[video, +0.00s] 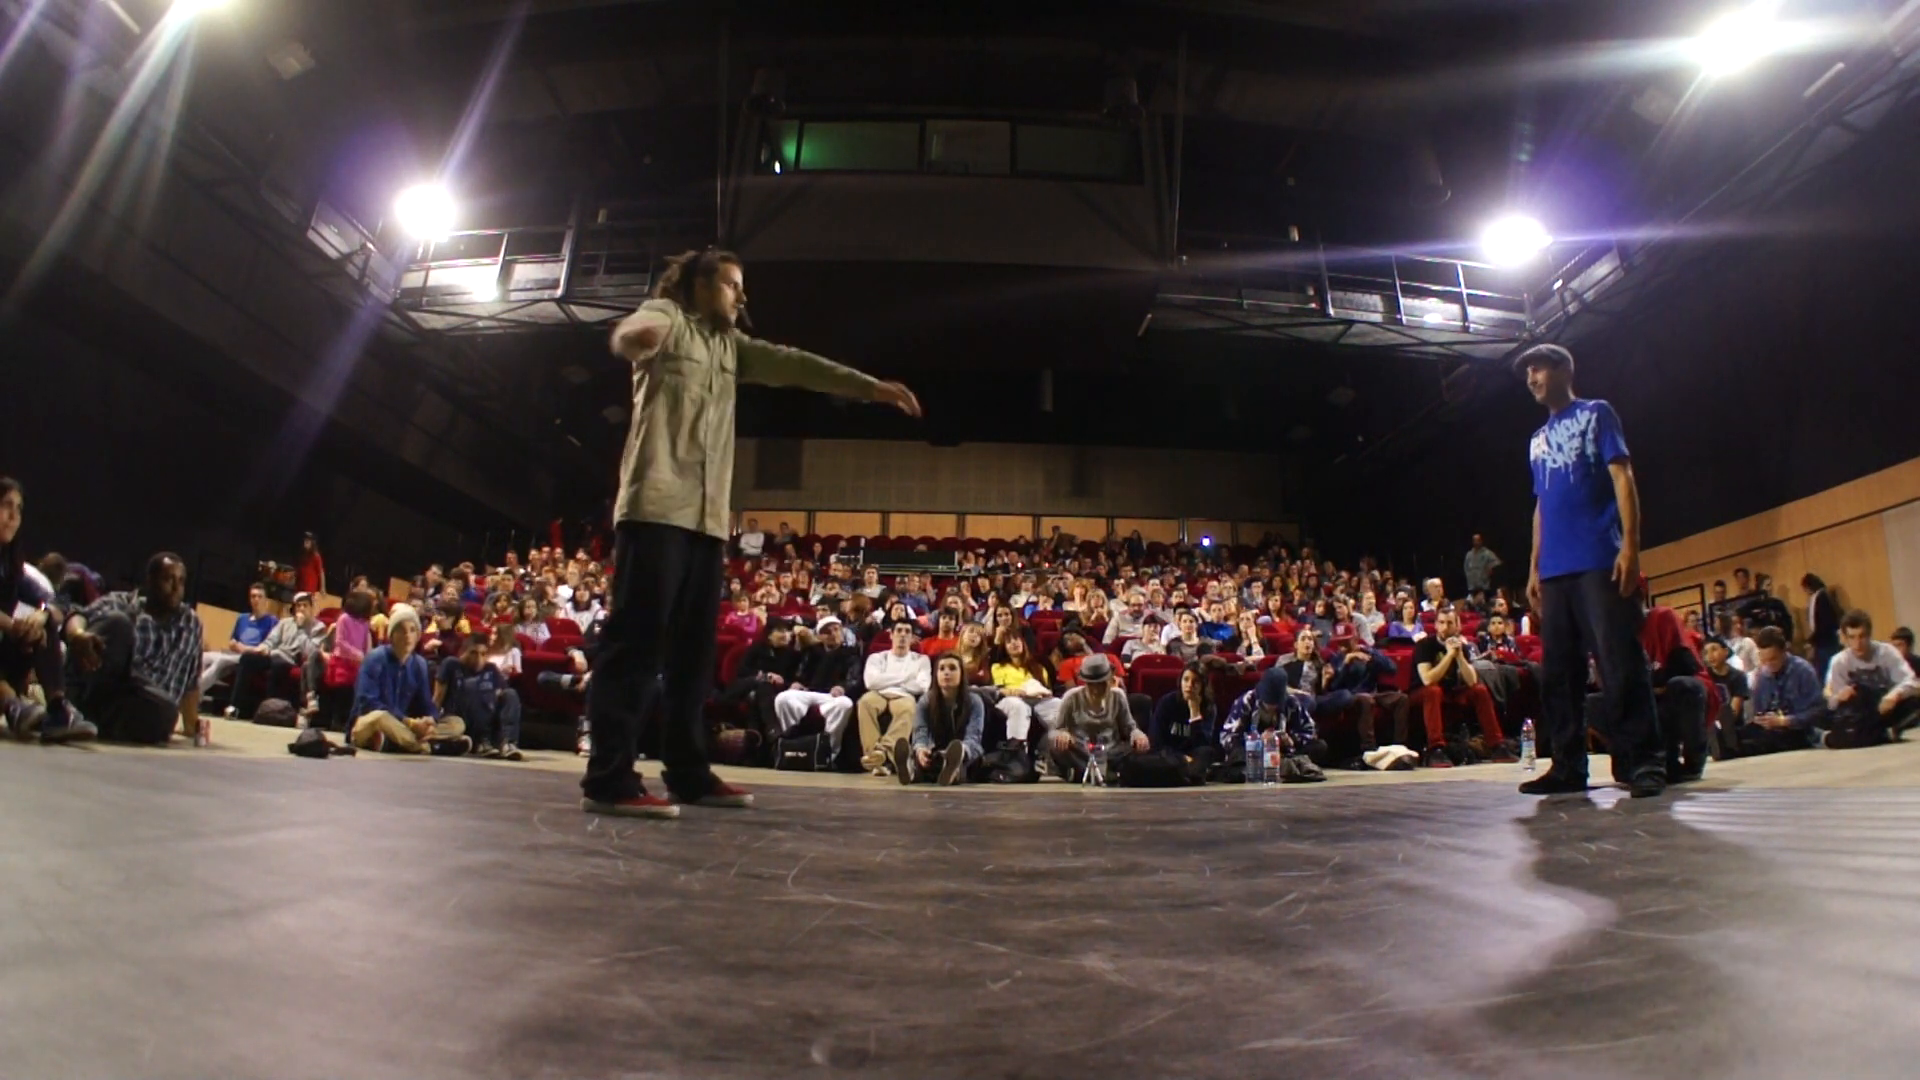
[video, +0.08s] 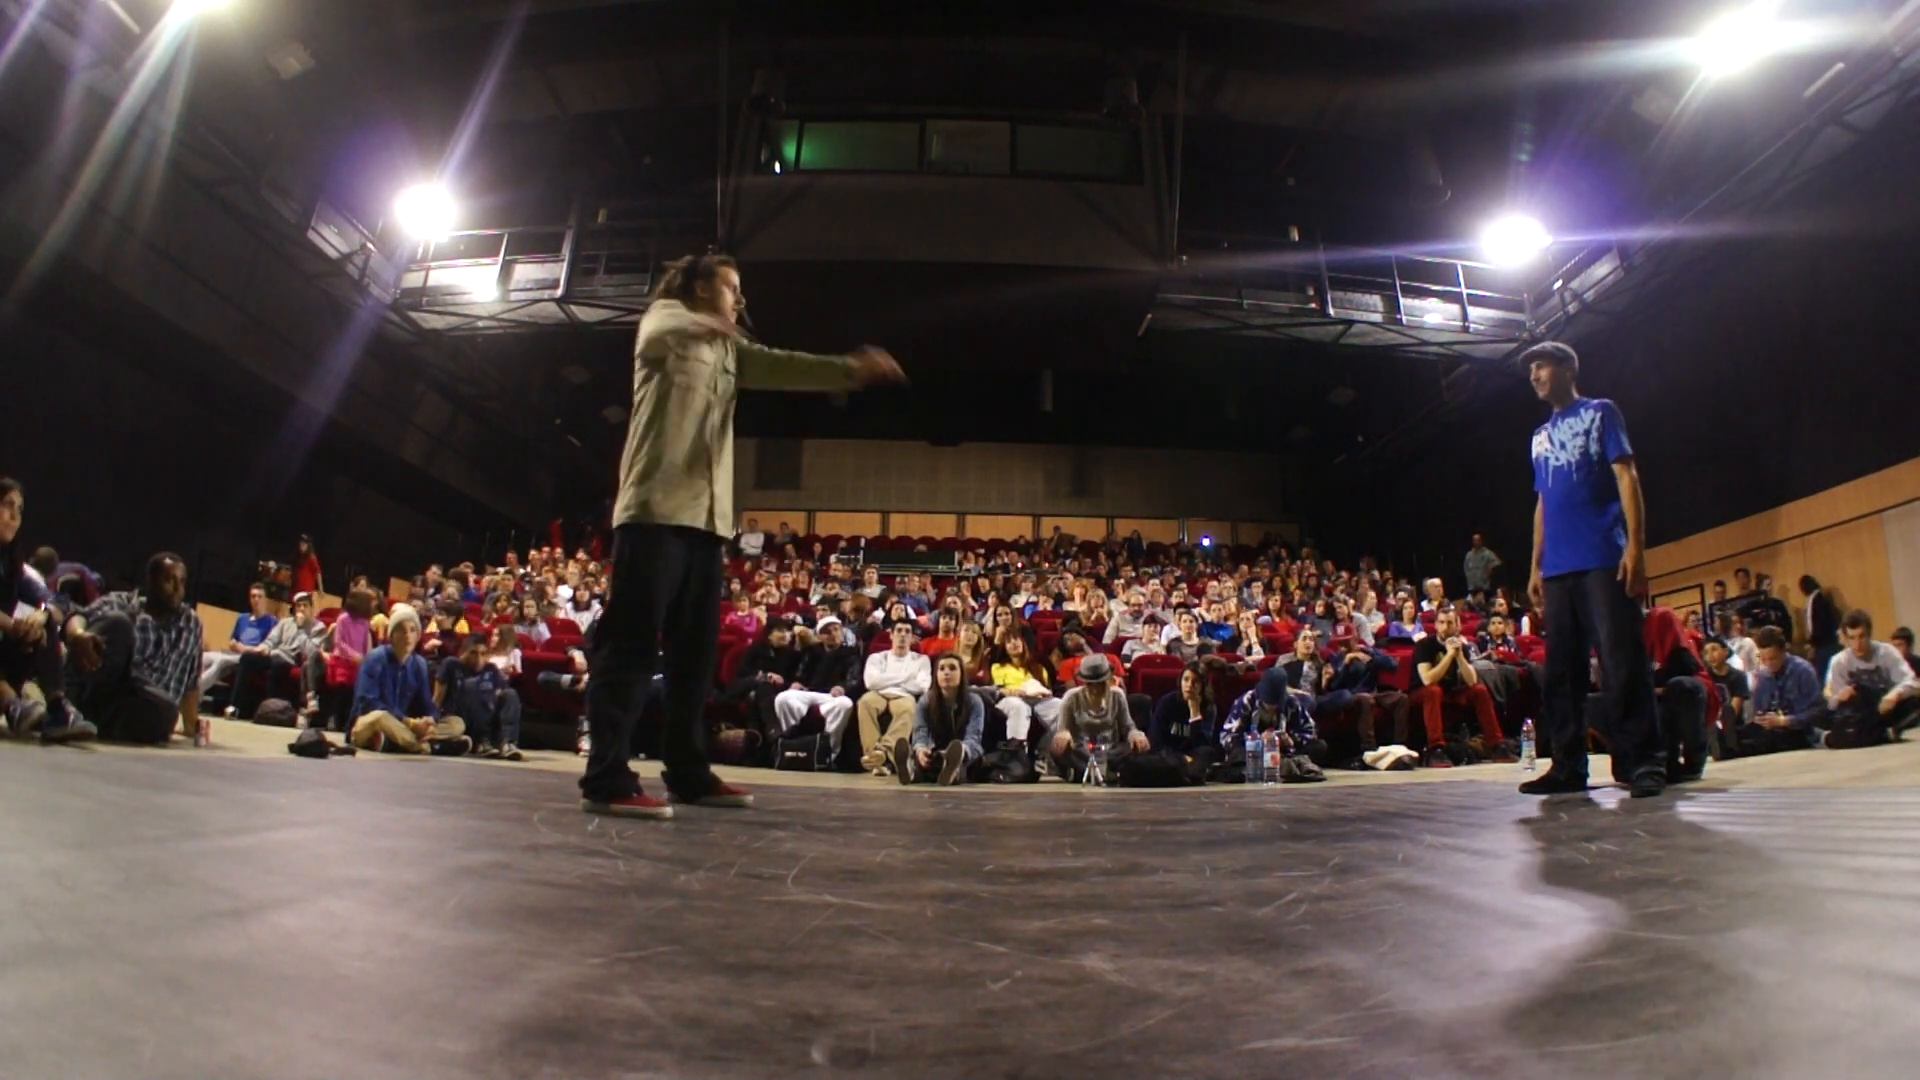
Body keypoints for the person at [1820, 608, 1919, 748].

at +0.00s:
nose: (1857, 643)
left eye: (1862, 636)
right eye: (1852, 637)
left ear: (1869, 635)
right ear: (1843, 638)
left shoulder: (1886, 652)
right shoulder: (1839, 661)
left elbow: (1911, 681)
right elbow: (1830, 702)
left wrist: (1894, 695)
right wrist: (1839, 696)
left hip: (1886, 702)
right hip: (1858, 704)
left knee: (1914, 703)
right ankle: (1885, 734)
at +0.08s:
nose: (1857, 643)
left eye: (1862, 636)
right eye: (1852, 638)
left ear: (1869, 635)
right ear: (1844, 638)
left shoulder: (1886, 652)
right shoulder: (1839, 661)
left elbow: (1911, 681)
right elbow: (1831, 703)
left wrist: (1894, 695)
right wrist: (1839, 697)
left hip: (1886, 702)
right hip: (1858, 704)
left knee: (1914, 703)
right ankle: (1885, 734)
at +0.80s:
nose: (1857, 643)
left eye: (1862, 637)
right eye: (1852, 638)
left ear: (1870, 635)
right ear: (1846, 639)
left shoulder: (1887, 652)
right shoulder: (1835, 662)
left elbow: (1911, 681)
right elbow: (1827, 701)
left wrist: (1894, 695)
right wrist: (1838, 697)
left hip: (1885, 704)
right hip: (1856, 706)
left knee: (1913, 704)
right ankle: (1884, 734)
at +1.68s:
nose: (1858, 645)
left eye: (1862, 639)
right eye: (1853, 639)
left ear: (1870, 637)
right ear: (1847, 639)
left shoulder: (1887, 652)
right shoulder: (1839, 662)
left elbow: (1910, 680)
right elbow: (1828, 703)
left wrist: (1894, 695)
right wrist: (1839, 697)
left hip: (1884, 704)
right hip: (1856, 707)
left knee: (1913, 703)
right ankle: (1823, 739)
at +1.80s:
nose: (1858, 645)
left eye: (1863, 639)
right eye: (1853, 640)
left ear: (1871, 637)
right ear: (1847, 639)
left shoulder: (1887, 652)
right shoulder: (1839, 661)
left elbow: (1910, 681)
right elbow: (1828, 703)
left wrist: (1894, 695)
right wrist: (1839, 697)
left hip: (1884, 705)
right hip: (1856, 707)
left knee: (1913, 704)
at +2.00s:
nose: (1859, 645)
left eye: (1864, 639)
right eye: (1854, 639)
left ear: (1871, 636)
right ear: (1848, 639)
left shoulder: (1887, 652)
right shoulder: (1840, 661)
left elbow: (1911, 681)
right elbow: (1831, 702)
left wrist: (1895, 694)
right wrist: (1839, 697)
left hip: (1886, 703)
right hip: (1857, 706)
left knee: (1914, 703)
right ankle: (1885, 734)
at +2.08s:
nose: (1859, 645)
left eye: (1864, 639)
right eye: (1854, 639)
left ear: (1871, 637)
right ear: (1848, 639)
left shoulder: (1887, 652)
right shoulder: (1840, 662)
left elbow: (1911, 681)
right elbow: (1831, 702)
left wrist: (1895, 694)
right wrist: (1839, 697)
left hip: (1885, 704)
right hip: (1857, 707)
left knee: (1913, 703)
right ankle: (1884, 734)